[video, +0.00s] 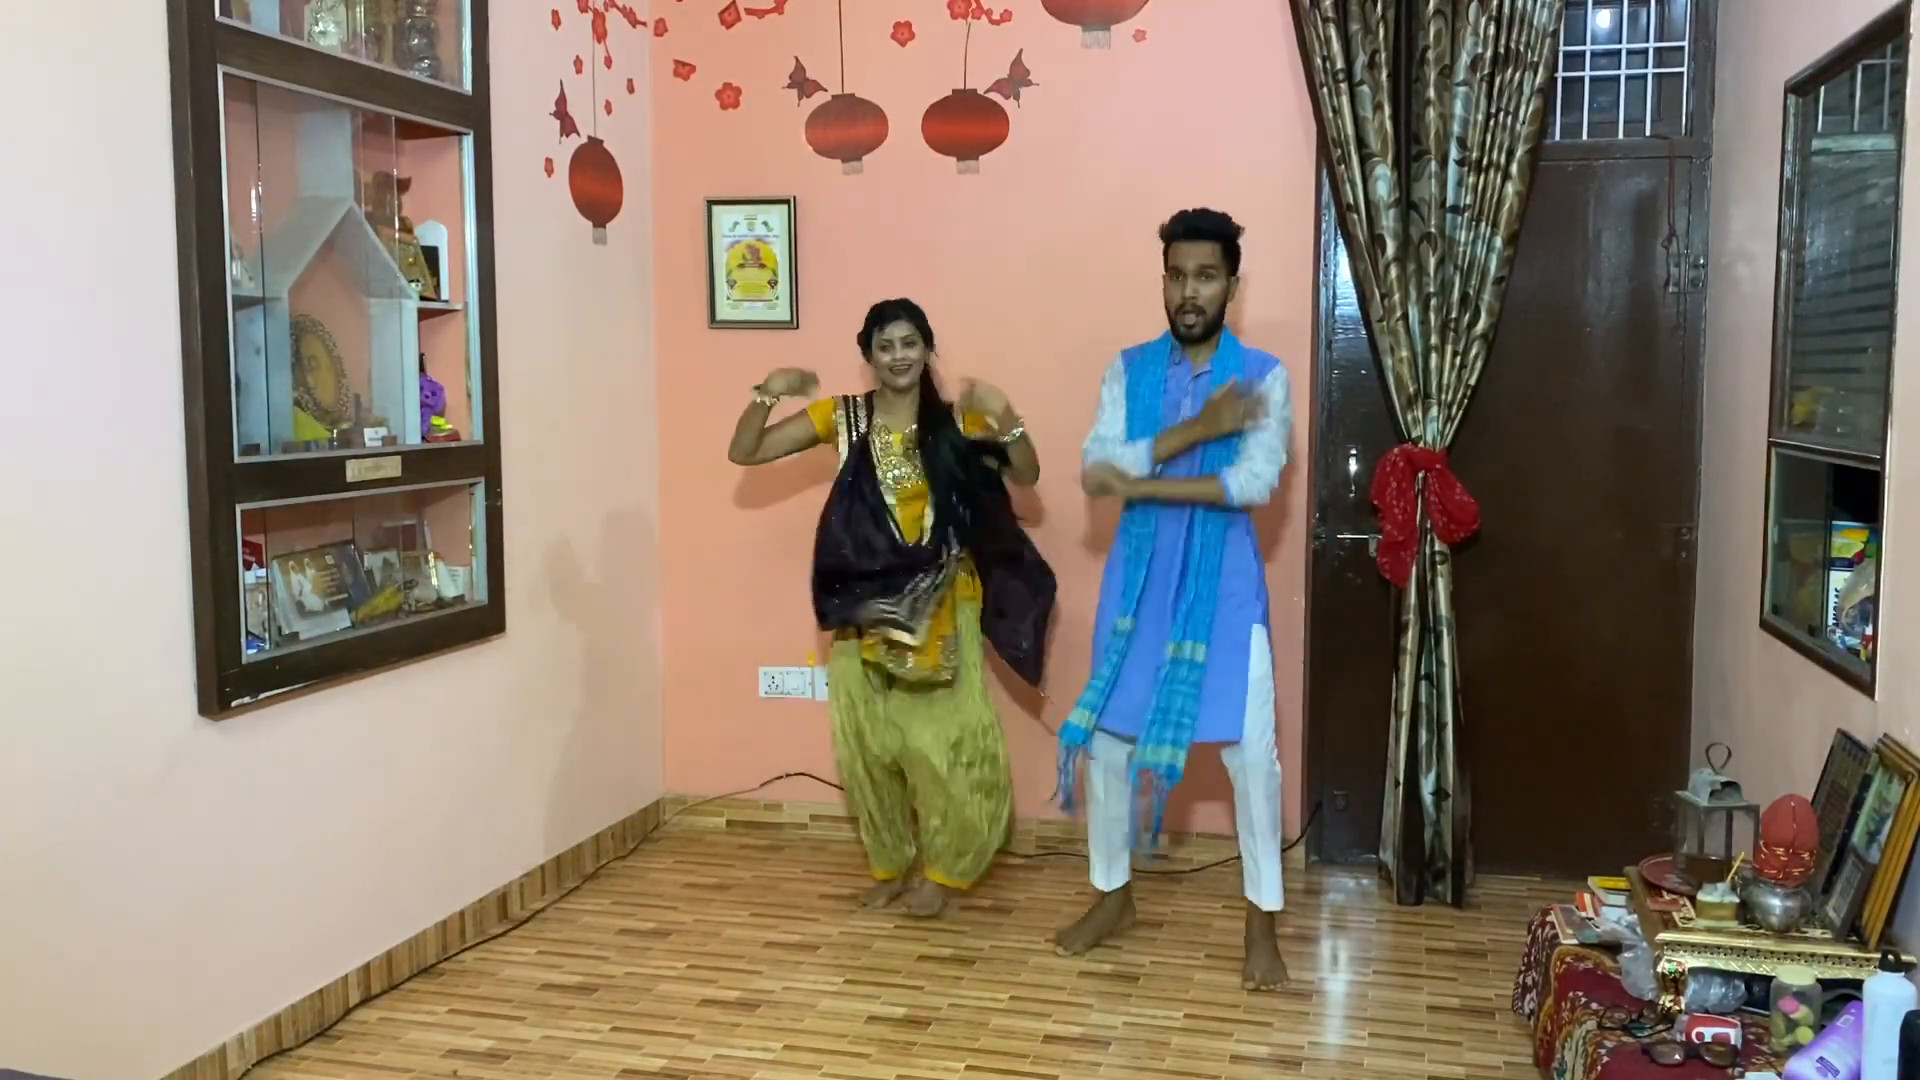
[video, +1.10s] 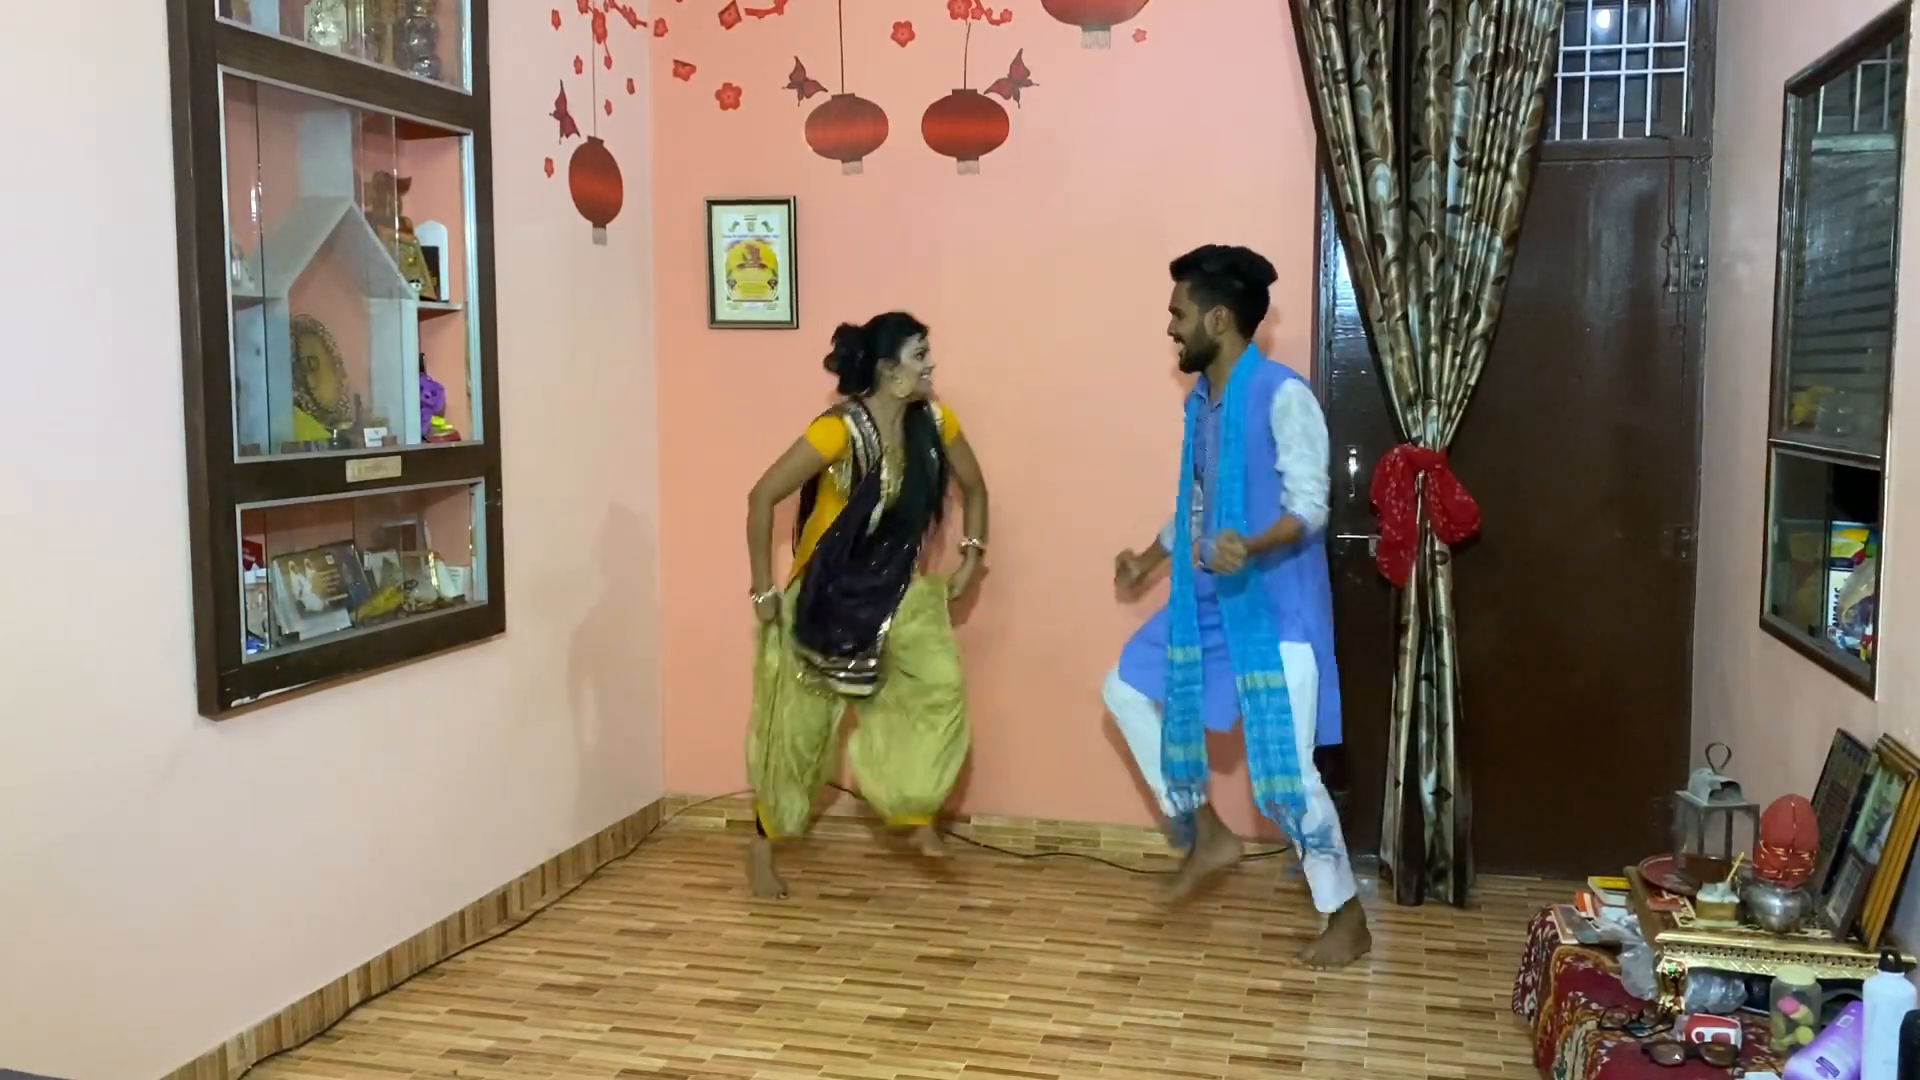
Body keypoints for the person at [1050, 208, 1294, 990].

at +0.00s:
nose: (1190, 291)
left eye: (1206, 276)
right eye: (1177, 275)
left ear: (1233, 284)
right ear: (1161, 282)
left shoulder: (1262, 375)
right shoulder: (1130, 369)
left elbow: (1252, 483)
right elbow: (1096, 471)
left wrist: (1136, 486)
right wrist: (1200, 428)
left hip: (1226, 585)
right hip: (1141, 583)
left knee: (1250, 747)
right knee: (1108, 738)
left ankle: (1262, 917)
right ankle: (1111, 893)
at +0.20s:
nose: (1196, 305)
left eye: (1212, 289)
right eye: (1184, 290)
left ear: (1240, 296)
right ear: (1169, 296)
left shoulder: (1271, 378)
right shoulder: (1143, 373)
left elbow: (1275, 483)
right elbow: (1114, 475)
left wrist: (1189, 479)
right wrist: (1187, 457)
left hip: (1242, 582)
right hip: (1154, 580)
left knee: (1249, 750)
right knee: (1138, 735)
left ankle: (1241, 907)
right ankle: (1170, 890)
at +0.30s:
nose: (1192, 350)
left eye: (1209, 335)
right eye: (1181, 335)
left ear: (1241, 339)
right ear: (1169, 339)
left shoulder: (1280, 417)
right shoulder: (1145, 414)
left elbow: (1320, 501)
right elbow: (1085, 517)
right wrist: (1106, 486)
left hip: (1252, 598)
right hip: (1162, 601)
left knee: (1297, 749)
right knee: (1162, 760)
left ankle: (1254, 895)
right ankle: (1179, 913)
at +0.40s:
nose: (1184, 380)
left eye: (1201, 365)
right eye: (1176, 365)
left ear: (1242, 367)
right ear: (1170, 365)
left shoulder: (1291, 438)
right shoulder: (1151, 438)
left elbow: (1353, 508)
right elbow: (1078, 521)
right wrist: (1045, 505)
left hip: (1262, 606)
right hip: (1172, 607)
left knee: (1295, 756)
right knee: (1153, 751)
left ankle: (1281, 887)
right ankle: (1173, 909)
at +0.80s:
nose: (1169, 326)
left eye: (1180, 313)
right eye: (1171, 311)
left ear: (1228, 321)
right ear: (1211, 319)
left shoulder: (1303, 395)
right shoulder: (1179, 394)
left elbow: (1380, 452)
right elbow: (1131, 456)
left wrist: (1471, 477)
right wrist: (1091, 440)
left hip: (1275, 593)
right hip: (1196, 590)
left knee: (1283, 749)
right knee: (1174, 739)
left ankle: (1278, 891)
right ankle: (1210, 866)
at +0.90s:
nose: (1168, 305)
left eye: (1179, 291)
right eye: (1169, 291)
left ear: (1225, 297)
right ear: (1214, 298)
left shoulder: (1293, 367)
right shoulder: (1187, 368)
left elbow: (1405, 423)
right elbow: (1158, 435)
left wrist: (1430, 535)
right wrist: (1124, 499)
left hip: (1279, 579)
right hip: (1202, 574)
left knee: (1288, 739)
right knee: (1176, 726)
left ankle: (1314, 889)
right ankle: (1218, 864)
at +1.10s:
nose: (1169, 326)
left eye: (1180, 313)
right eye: (1171, 312)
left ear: (1226, 317)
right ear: (1209, 316)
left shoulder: (1285, 396)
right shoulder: (1202, 400)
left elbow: (1309, 507)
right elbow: (1202, 502)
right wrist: (1153, 556)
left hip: (1278, 608)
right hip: (1205, 600)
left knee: (1283, 773)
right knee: (1129, 693)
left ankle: (1344, 912)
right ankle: (1206, 836)